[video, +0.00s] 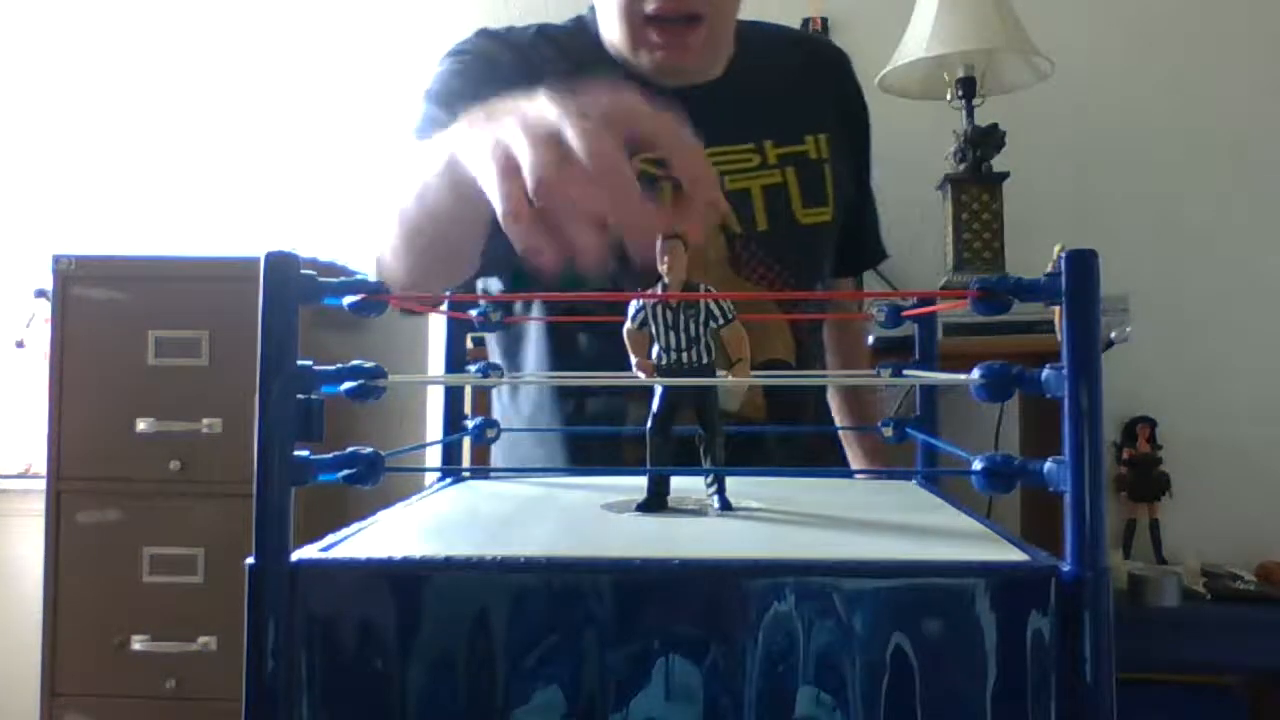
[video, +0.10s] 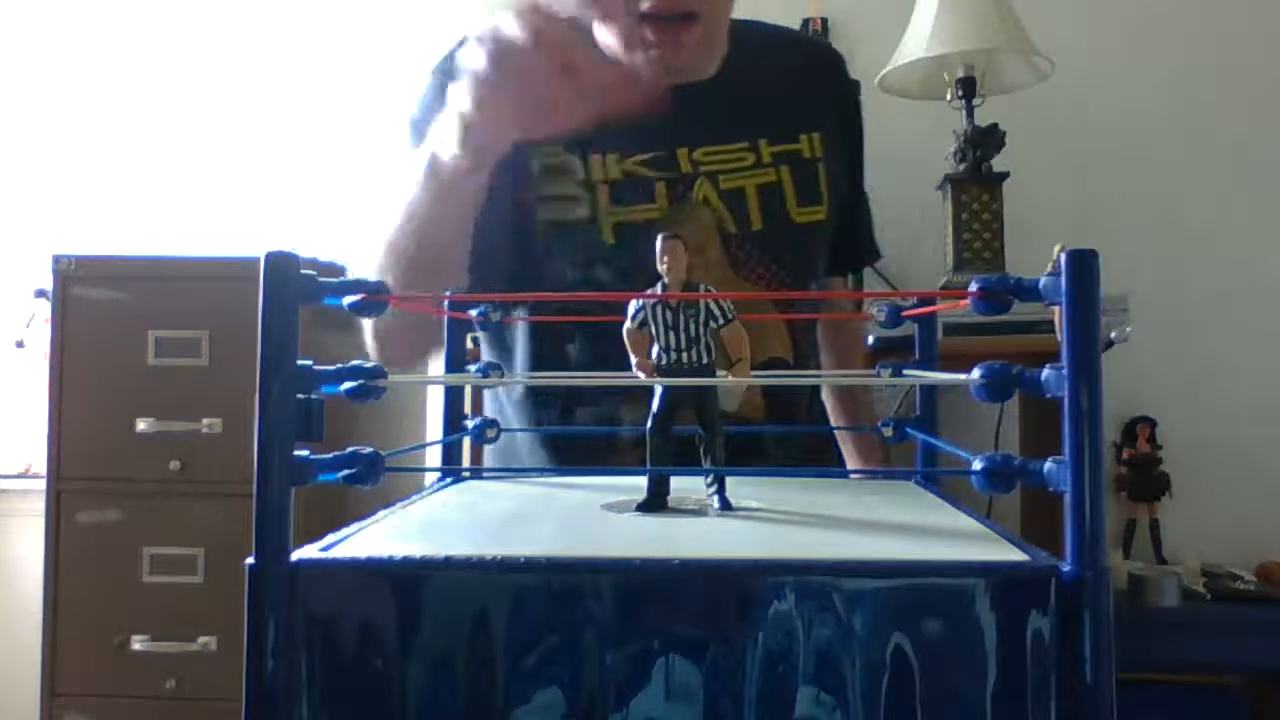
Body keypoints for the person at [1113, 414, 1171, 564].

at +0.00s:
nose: (1146, 432)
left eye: (1148, 428)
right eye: (1143, 428)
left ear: (1151, 431)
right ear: (1137, 430)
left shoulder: (1153, 446)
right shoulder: (1129, 446)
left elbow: (1158, 463)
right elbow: (1125, 463)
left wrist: (1136, 458)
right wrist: (1148, 460)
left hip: (1152, 483)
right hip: (1134, 483)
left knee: (1154, 517)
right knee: (1132, 517)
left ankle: (1159, 556)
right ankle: (1126, 555)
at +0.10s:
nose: (1146, 432)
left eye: (1148, 428)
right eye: (1143, 428)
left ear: (1151, 431)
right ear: (1137, 430)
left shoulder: (1153, 446)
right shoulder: (1129, 446)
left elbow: (1158, 463)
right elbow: (1124, 463)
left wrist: (1136, 458)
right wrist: (1148, 460)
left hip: (1152, 483)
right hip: (1133, 483)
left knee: (1154, 517)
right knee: (1132, 517)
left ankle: (1159, 556)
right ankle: (1126, 555)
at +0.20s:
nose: (1146, 432)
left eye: (1148, 428)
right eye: (1143, 428)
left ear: (1151, 431)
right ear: (1137, 430)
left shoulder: (1153, 446)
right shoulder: (1129, 446)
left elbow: (1158, 463)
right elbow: (1124, 463)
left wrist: (1136, 458)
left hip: (1152, 483)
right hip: (1133, 483)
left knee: (1154, 517)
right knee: (1132, 517)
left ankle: (1159, 556)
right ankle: (1126, 555)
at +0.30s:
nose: (1146, 432)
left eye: (1148, 428)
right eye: (1143, 428)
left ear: (1151, 431)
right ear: (1137, 430)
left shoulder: (1153, 446)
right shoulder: (1129, 446)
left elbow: (1158, 463)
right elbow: (1124, 463)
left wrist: (1136, 458)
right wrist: (1149, 460)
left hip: (1152, 483)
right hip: (1133, 483)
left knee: (1154, 518)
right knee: (1132, 517)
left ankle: (1159, 556)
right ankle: (1126, 555)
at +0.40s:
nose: (1146, 432)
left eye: (1148, 428)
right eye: (1143, 428)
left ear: (1151, 431)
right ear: (1136, 430)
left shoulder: (1153, 446)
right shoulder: (1129, 446)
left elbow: (1157, 463)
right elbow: (1124, 463)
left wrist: (1136, 459)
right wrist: (1149, 460)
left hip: (1152, 483)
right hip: (1133, 483)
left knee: (1154, 518)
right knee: (1132, 517)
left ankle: (1159, 556)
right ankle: (1126, 555)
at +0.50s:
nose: (1144, 431)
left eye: (1147, 428)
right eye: (1142, 428)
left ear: (1150, 431)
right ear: (1136, 430)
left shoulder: (1153, 448)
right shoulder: (1129, 447)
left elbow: (1158, 465)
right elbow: (1124, 466)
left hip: (1152, 484)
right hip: (1133, 483)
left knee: (1154, 517)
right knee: (1133, 516)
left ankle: (1159, 556)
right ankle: (1126, 555)